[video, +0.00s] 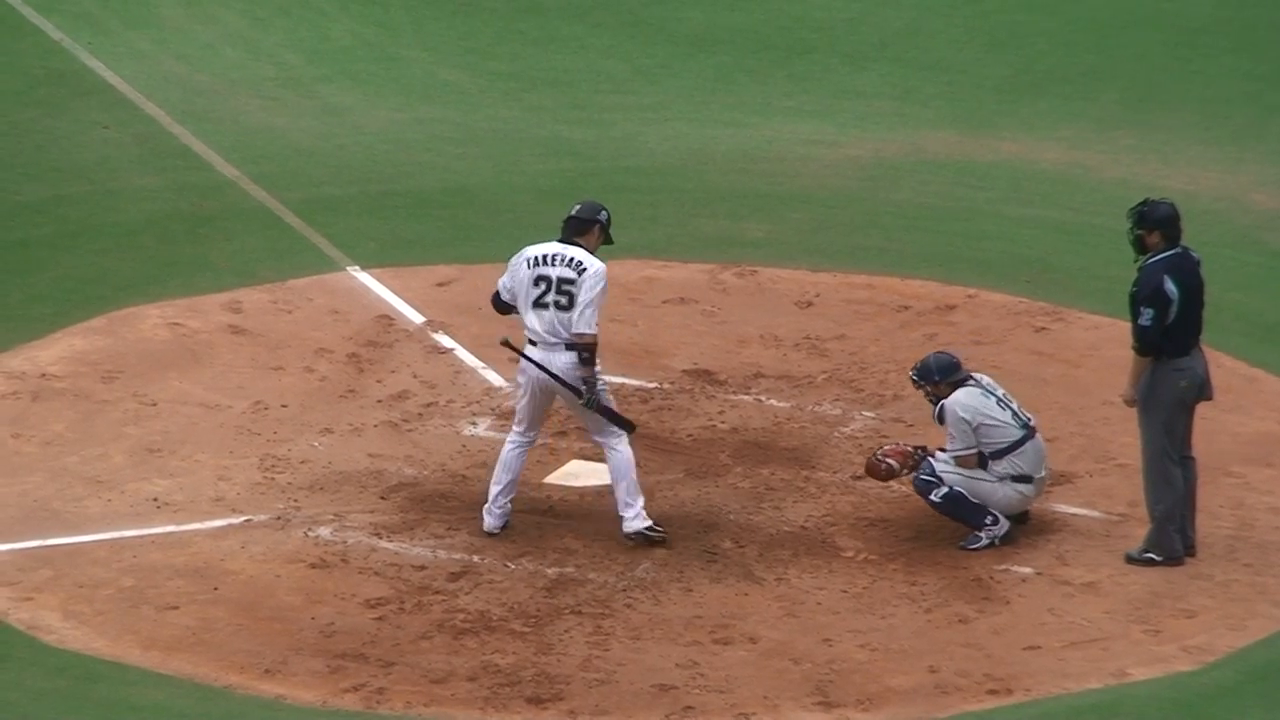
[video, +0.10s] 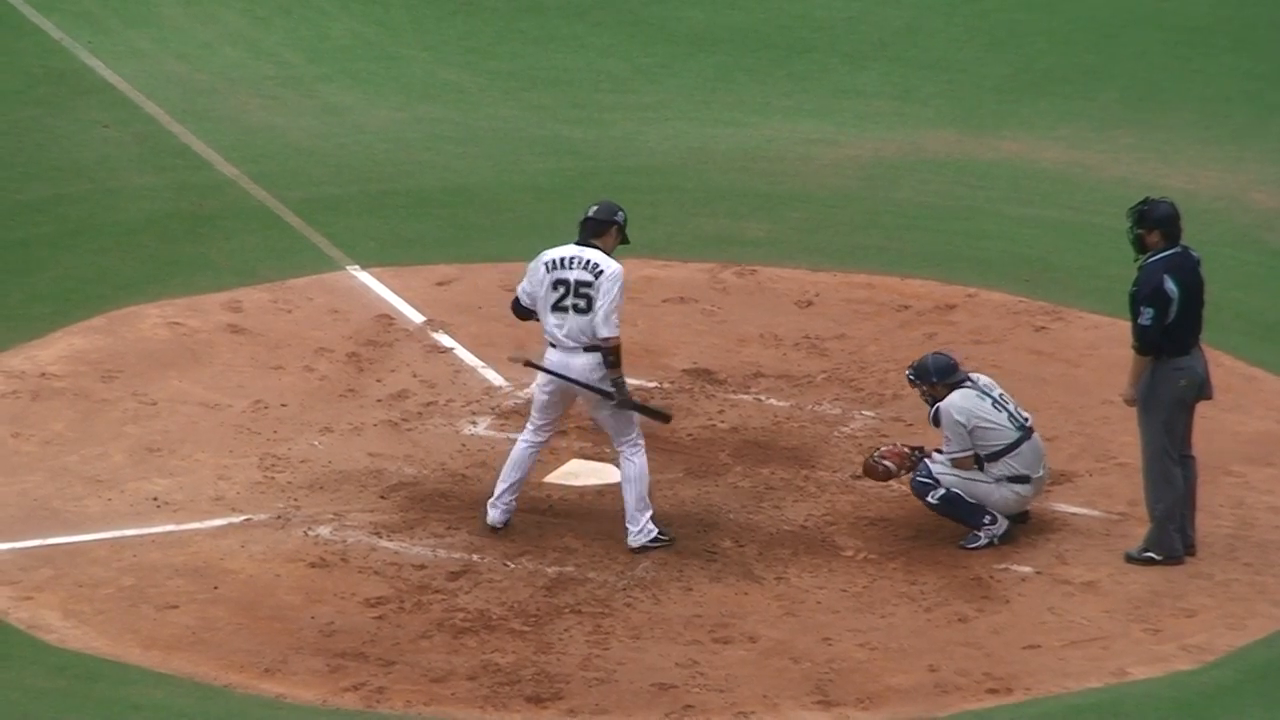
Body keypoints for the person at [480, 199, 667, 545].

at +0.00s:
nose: (599, 244)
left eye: (602, 238)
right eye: (601, 237)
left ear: (568, 226)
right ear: (593, 231)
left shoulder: (528, 255)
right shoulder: (591, 268)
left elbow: (501, 303)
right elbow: (585, 332)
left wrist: (541, 303)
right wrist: (591, 383)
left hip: (533, 360)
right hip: (572, 365)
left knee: (521, 435)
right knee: (614, 438)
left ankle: (494, 516)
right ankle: (635, 520)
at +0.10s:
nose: (619, 241)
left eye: (619, 234)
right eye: (618, 233)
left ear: (586, 228)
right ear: (608, 232)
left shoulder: (548, 257)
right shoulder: (610, 269)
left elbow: (521, 308)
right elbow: (607, 333)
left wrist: (562, 305)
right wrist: (619, 384)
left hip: (554, 360)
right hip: (595, 365)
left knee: (534, 434)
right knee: (630, 445)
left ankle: (497, 510)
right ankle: (640, 529)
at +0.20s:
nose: (635, 245)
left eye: (637, 239)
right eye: (636, 238)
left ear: (603, 229)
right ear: (628, 233)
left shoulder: (567, 259)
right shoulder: (626, 270)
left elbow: (543, 310)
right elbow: (631, 336)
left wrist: (568, 337)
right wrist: (651, 378)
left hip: (577, 362)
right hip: (618, 366)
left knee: (561, 433)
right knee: (641, 445)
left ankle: (522, 506)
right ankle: (642, 530)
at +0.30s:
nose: (651, 245)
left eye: (652, 239)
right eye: (651, 238)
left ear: (619, 231)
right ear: (643, 235)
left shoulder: (581, 261)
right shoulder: (642, 270)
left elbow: (558, 314)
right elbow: (648, 330)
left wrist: (569, 355)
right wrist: (678, 370)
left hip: (591, 365)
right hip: (632, 367)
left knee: (589, 433)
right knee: (648, 447)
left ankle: (572, 512)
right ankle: (642, 531)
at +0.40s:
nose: (661, 245)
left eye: (662, 239)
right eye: (661, 239)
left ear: (627, 232)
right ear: (653, 235)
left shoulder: (589, 261)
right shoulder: (654, 270)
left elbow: (565, 313)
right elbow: (666, 328)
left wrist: (565, 360)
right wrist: (701, 365)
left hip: (598, 365)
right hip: (638, 367)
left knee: (616, 432)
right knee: (651, 447)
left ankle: (614, 514)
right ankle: (643, 531)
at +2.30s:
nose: (707, 250)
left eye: (706, 246)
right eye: (707, 245)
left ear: (673, 238)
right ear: (702, 244)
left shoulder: (636, 262)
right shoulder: (708, 271)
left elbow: (608, 313)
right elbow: (719, 334)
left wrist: (616, 363)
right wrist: (724, 379)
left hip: (647, 361)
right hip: (691, 361)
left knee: (648, 441)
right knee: (689, 445)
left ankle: (649, 523)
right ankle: (684, 528)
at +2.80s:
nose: (735, 259)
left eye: (735, 253)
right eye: (735, 253)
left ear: (702, 240)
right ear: (728, 251)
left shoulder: (655, 254)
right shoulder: (723, 279)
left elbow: (617, 292)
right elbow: (718, 347)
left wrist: (632, 334)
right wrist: (725, 378)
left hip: (637, 352)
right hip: (679, 361)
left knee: (632, 431)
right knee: (684, 444)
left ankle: (612, 512)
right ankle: (683, 528)